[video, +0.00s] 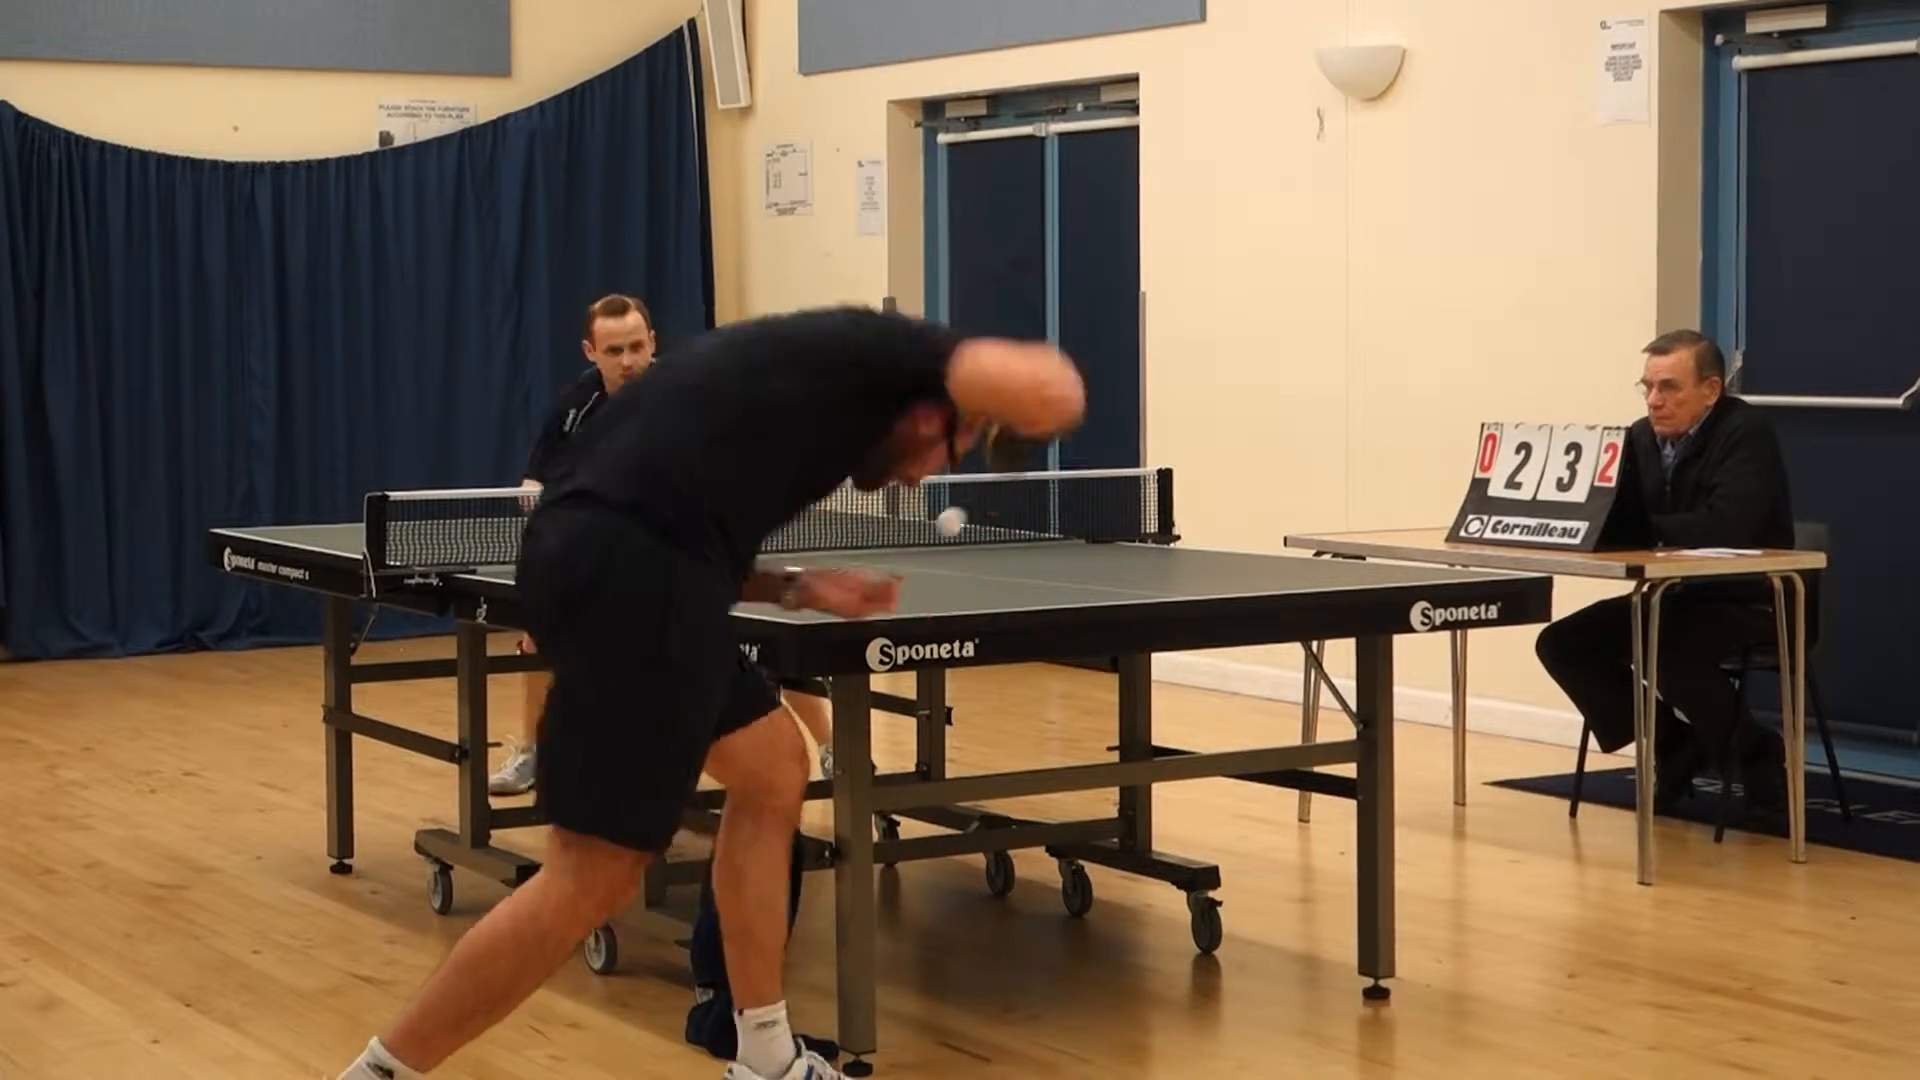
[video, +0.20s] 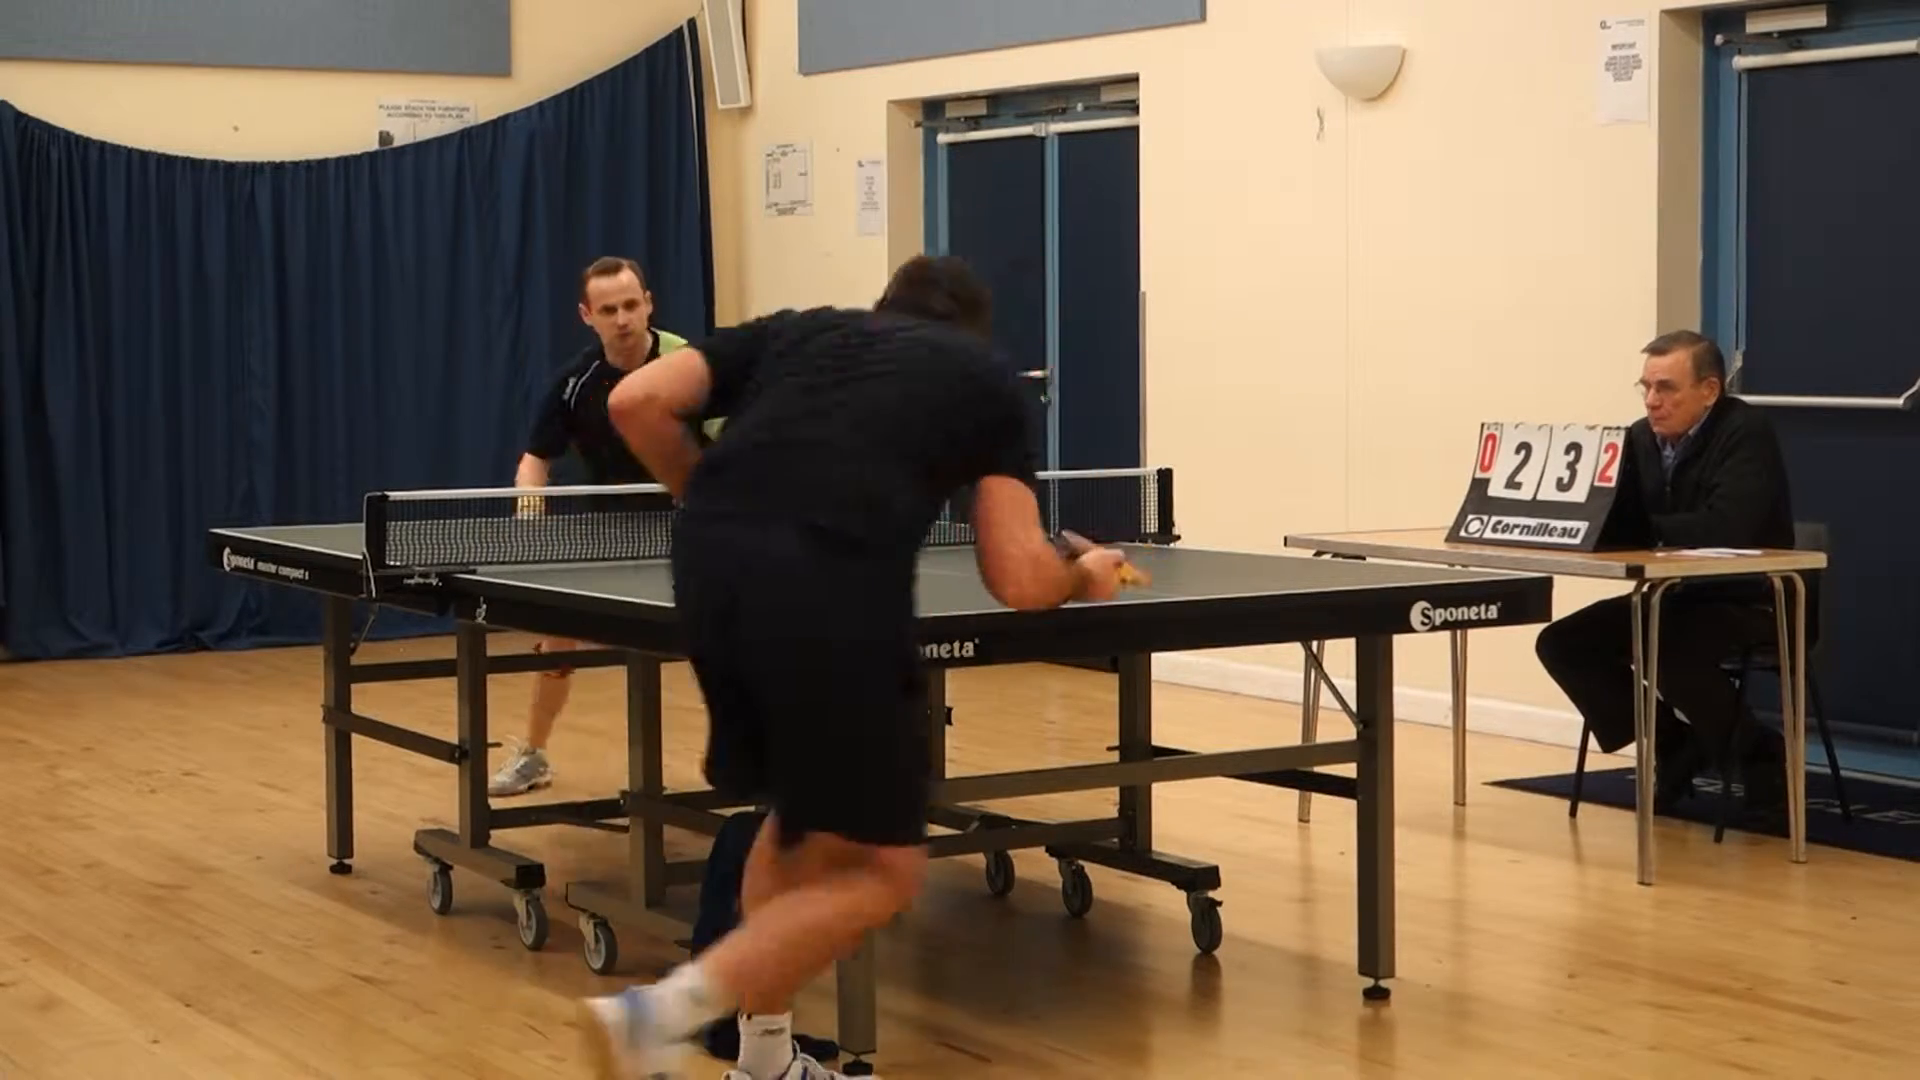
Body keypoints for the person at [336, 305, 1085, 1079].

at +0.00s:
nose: (926, 477)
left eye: (942, 467)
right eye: (944, 456)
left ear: (914, 419)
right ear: (933, 412)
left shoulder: (786, 412)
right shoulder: (882, 347)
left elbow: (693, 561)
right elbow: (1057, 393)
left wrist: (804, 586)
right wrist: (1000, 400)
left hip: (604, 562)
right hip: (621, 565)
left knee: (774, 770)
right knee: (594, 877)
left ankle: (766, 1051)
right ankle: (382, 1065)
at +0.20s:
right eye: (984, 339)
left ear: (884, 307)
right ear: (976, 330)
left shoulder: (800, 330)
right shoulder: (986, 381)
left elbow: (636, 400)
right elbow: (1022, 580)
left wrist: (711, 497)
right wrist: (1085, 570)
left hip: (711, 567)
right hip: (831, 589)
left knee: (792, 814)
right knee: (886, 872)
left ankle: (765, 1055)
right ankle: (659, 1012)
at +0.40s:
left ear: (988, 256)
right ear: (1095, 273)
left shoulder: (917, 320)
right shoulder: (1128, 354)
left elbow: (787, 443)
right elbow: (1178, 569)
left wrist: (863, 522)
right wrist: (1157, 519)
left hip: (899, 615)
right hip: (1044, 617)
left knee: (906, 827)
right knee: (1228, 831)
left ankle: (783, 1057)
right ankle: (1360, 1065)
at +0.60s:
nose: (1120, 213)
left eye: (1124, 201)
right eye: (1127, 201)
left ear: (1137, 209)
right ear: (1238, 212)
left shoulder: (1102, 296)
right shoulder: (1325, 301)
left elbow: (1004, 449)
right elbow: (1400, 513)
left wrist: (1017, 499)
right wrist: (1296, 532)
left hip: (1164, 607)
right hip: (1328, 610)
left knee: (1038, 819)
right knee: (1410, 845)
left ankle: (1000, 1062)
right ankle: (1458, 1071)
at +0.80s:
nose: (1350, 245)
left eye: (1353, 228)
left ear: (1365, 239)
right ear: (1472, 248)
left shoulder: (1297, 344)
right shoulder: (1527, 359)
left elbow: (1163, 504)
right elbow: (1591, 570)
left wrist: (1227, 508)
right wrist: (1611, 641)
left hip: (1351, 699)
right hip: (1521, 689)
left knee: (1222, 974)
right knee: (1674, 838)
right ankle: (1838, 1053)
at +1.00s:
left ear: (1743, 269)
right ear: (1857, 287)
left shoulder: (1657, 359)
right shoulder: (1885, 392)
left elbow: (1517, 478)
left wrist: (1528, 576)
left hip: (1632, 702)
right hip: (1804, 709)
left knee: (1477, 967)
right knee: (1912, 847)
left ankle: (1340, 1067)